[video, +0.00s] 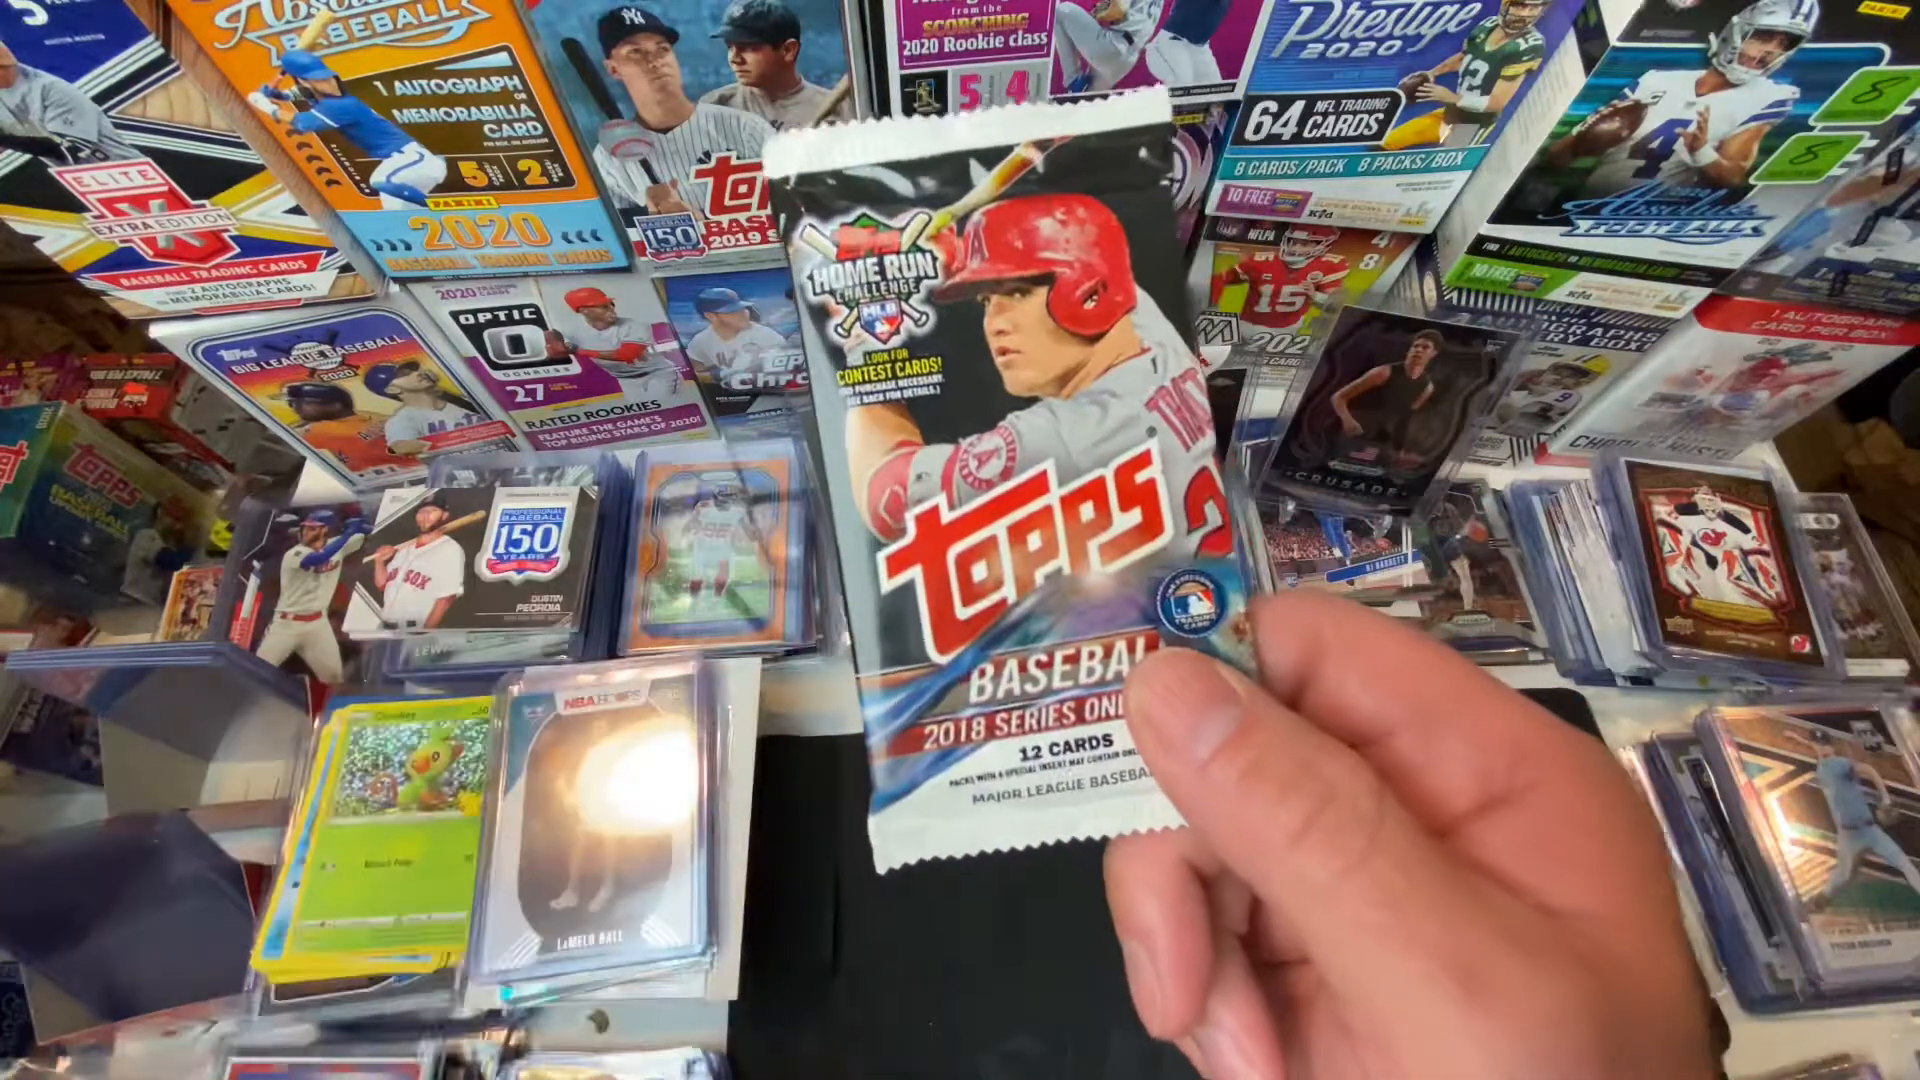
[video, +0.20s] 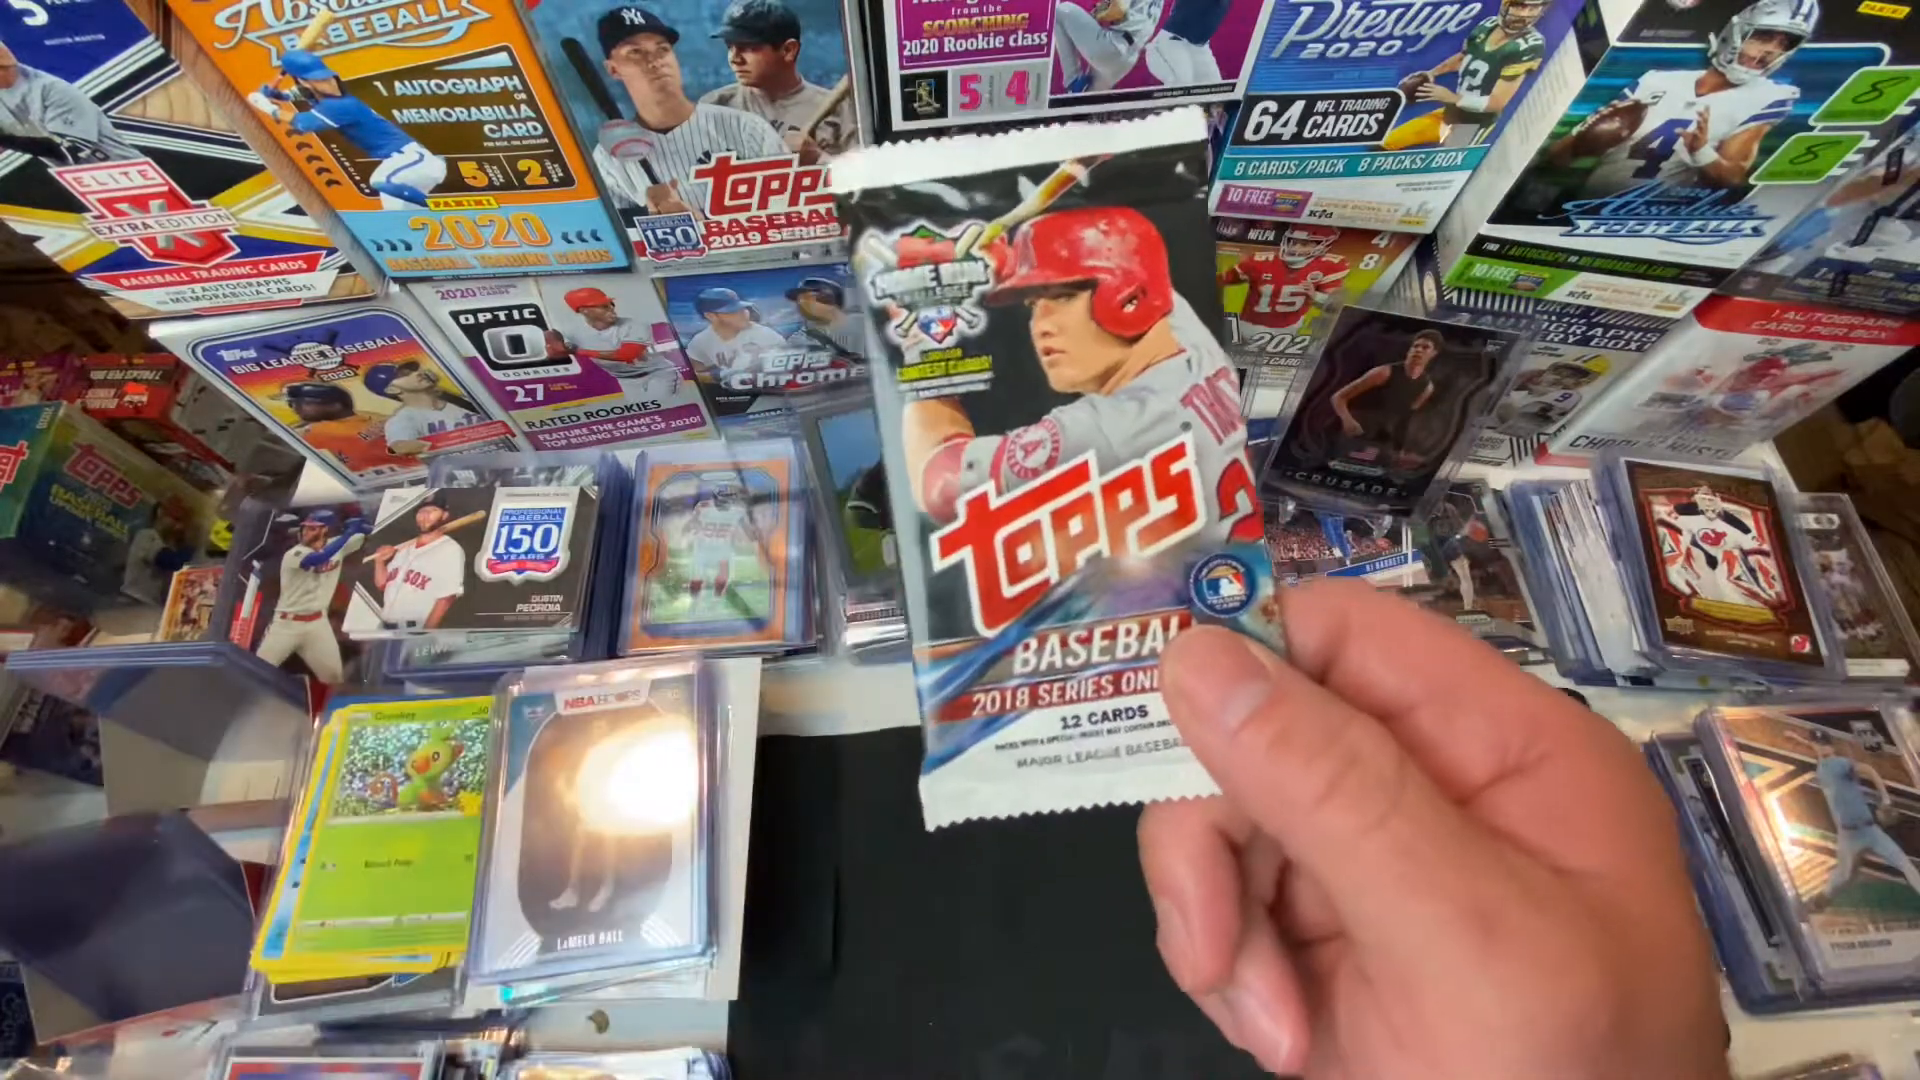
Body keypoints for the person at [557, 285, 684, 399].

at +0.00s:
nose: (612, 310)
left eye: (611, 306)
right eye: (605, 307)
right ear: (586, 312)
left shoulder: (633, 325)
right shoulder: (578, 336)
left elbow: (628, 354)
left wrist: (584, 354)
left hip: (658, 372)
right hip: (625, 379)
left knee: (656, 405)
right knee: (631, 409)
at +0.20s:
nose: (612, 310)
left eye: (611, 306)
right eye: (605, 307)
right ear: (586, 312)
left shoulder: (633, 325)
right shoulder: (578, 336)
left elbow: (628, 354)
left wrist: (583, 353)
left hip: (658, 372)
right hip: (624, 379)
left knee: (656, 403)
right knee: (630, 408)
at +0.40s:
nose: (612, 310)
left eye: (611, 306)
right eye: (605, 307)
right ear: (586, 312)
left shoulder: (632, 326)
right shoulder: (578, 336)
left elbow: (628, 354)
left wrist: (582, 353)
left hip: (658, 372)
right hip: (624, 379)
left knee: (656, 402)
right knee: (630, 407)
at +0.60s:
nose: (612, 310)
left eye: (611, 305)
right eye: (605, 307)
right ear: (586, 312)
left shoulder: (633, 325)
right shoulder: (578, 335)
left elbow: (628, 354)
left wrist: (581, 353)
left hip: (658, 371)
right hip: (624, 378)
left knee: (656, 399)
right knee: (631, 404)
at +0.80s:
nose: (612, 310)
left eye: (611, 305)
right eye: (605, 307)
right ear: (586, 312)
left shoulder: (632, 325)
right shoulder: (578, 335)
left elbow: (628, 354)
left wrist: (581, 353)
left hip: (658, 371)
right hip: (624, 377)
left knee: (656, 399)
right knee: (630, 404)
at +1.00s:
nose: (612, 310)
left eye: (611, 305)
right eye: (604, 308)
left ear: (613, 304)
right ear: (587, 312)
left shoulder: (633, 325)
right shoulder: (579, 335)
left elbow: (627, 354)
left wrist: (581, 353)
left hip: (658, 371)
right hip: (624, 378)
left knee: (657, 397)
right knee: (630, 403)